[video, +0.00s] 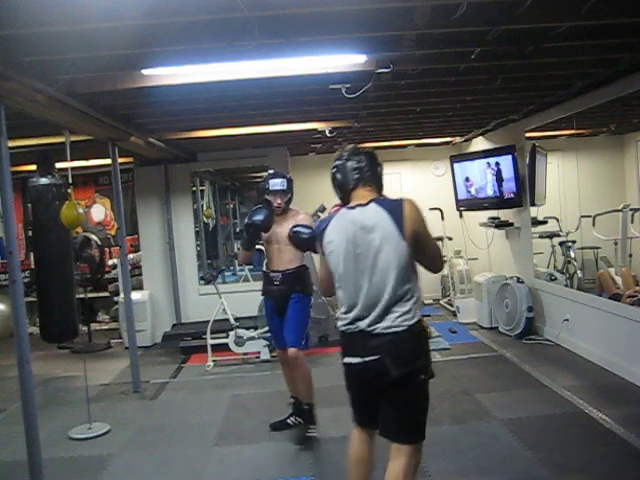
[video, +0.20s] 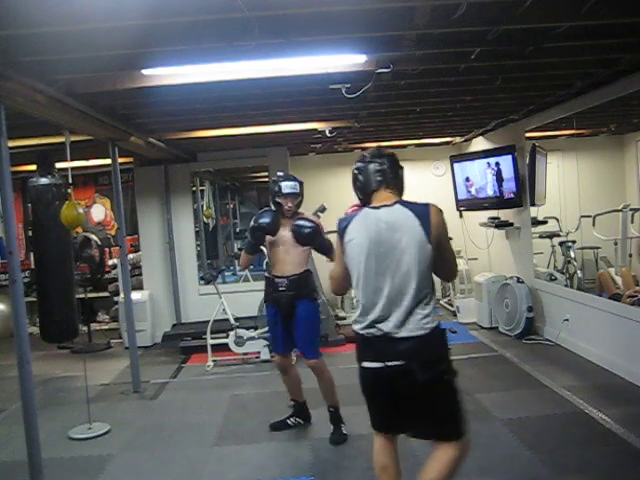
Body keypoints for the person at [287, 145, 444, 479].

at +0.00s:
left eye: (339, 179)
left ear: (340, 184)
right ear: (379, 176)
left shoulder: (329, 228)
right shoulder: (404, 210)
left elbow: (326, 288)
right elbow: (435, 263)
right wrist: (403, 234)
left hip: (355, 349)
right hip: (403, 346)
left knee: (361, 429)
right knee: (404, 448)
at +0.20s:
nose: (357, 186)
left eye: (357, 181)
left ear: (360, 186)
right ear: (398, 179)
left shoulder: (348, 226)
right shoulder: (428, 215)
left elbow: (337, 286)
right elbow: (448, 272)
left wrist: (343, 238)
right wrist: (419, 242)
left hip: (373, 353)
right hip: (423, 350)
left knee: (383, 433)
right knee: (450, 441)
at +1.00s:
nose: (457, 197)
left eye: (456, 188)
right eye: (454, 190)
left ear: (473, 179)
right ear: (495, 174)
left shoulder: (487, 218)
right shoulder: (551, 204)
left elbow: (463, 288)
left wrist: (441, 247)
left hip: (507, 339)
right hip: (559, 335)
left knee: (472, 412)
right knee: (554, 436)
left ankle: (492, 475)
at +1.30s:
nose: (454, 193)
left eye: (454, 184)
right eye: (451, 185)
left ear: (470, 179)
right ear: (484, 175)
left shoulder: (492, 215)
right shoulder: (528, 205)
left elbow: (462, 278)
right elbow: (502, 257)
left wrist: (434, 242)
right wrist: (465, 230)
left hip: (512, 329)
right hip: (552, 323)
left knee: (487, 412)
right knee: (547, 407)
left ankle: (512, 475)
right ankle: (561, 475)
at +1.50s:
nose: (462, 189)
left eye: (464, 182)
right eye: (460, 182)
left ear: (480, 178)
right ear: (492, 176)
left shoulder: (499, 211)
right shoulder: (521, 204)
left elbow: (478, 271)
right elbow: (496, 260)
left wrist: (449, 238)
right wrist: (468, 229)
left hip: (516, 319)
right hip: (542, 313)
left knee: (503, 406)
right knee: (541, 385)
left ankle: (520, 474)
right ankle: (568, 453)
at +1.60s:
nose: (472, 197)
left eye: (474, 190)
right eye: (470, 191)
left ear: (490, 187)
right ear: (498, 186)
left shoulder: (510, 218)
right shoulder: (520, 213)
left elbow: (487, 276)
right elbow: (495, 264)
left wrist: (460, 241)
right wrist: (471, 233)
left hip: (521, 318)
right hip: (535, 314)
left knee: (509, 406)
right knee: (538, 387)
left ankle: (521, 474)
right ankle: (574, 444)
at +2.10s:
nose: (447, 201)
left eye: (448, 195)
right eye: (445, 196)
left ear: (462, 189)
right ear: (469, 187)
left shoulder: (491, 212)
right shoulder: (470, 215)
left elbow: (475, 254)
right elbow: (459, 253)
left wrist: (446, 229)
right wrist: (437, 231)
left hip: (505, 294)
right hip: (489, 293)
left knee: (488, 373)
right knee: (492, 357)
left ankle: (517, 435)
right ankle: (523, 402)